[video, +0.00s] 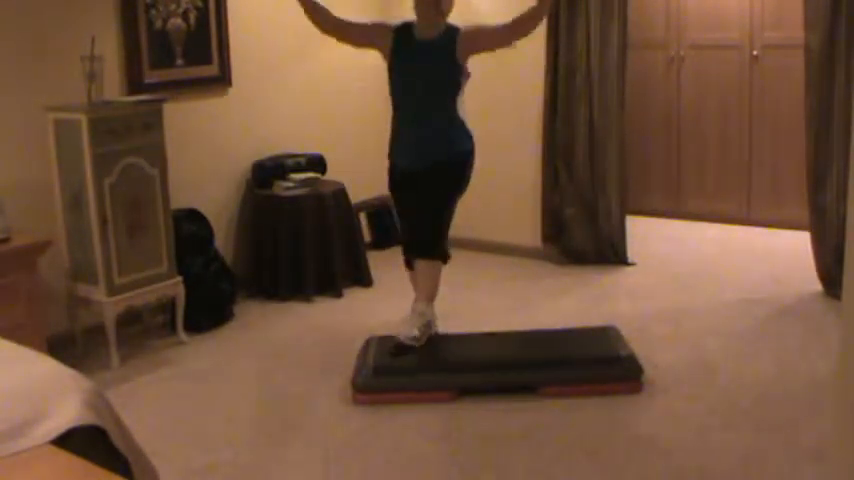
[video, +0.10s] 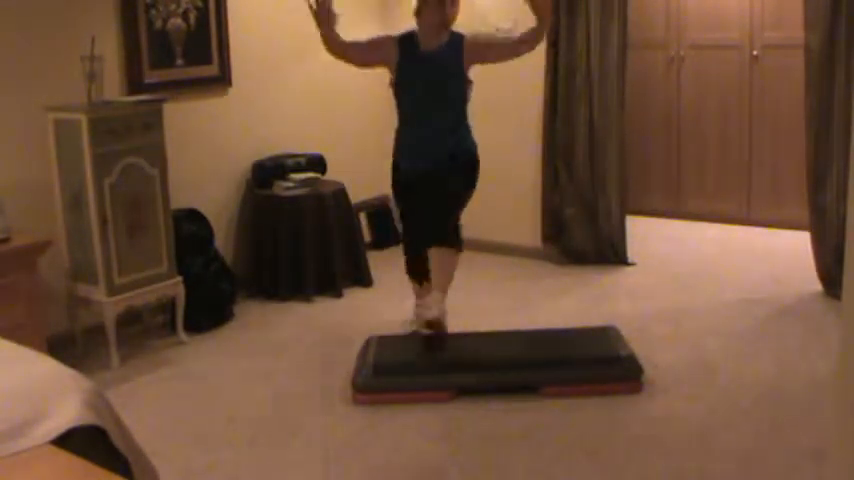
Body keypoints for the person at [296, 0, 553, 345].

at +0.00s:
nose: (434, 6)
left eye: (440, 1)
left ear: (449, 5)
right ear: (416, 3)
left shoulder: (461, 40)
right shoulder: (390, 37)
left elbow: (512, 31)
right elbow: (332, 25)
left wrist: (546, 5)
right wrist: (304, 0)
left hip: (450, 148)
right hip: (405, 150)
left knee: (430, 227)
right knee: (412, 233)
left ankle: (421, 315)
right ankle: (424, 312)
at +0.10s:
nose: (438, 12)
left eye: (441, 5)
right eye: (433, 6)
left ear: (450, 11)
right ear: (420, 11)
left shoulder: (464, 47)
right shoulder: (396, 47)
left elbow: (522, 45)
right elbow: (341, 50)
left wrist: (544, 22)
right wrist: (326, 26)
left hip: (455, 153)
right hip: (410, 155)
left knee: (443, 219)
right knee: (414, 232)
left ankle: (436, 304)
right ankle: (422, 305)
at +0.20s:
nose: (454, 5)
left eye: (457, 0)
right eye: (447, 0)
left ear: (462, 4)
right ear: (430, 3)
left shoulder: (474, 37)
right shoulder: (408, 37)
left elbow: (519, 52)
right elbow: (364, 54)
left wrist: (553, 54)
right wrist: (337, 65)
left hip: (465, 144)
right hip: (419, 146)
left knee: (469, 219)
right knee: (421, 228)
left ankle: (465, 296)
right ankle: (419, 305)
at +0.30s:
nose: (470, 5)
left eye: (474, 1)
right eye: (463, 0)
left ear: (478, 3)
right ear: (446, 1)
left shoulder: (490, 35)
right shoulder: (421, 33)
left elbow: (520, 64)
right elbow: (372, 63)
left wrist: (541, 98)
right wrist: (356, 104)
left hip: (475, 141)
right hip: (429, 143)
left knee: (490, 222)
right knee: (425, 226)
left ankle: (492, 295)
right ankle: (419, 305)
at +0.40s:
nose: (492, 8)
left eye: (494, 3)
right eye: (484, 2)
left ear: (496, 8)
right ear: (463, 5)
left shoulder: (501, 41)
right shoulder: (437, 41)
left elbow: (512, 81)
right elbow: (399, 75)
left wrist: (523, 119)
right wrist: (387, 125)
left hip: (489, 151)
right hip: (444, 152)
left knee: (506, 228)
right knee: (437, 232)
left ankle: (502, 303)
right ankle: (420, 306)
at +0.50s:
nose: (506, 8)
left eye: (509, 3)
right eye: (497, 2)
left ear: (514, 8)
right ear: (479, 8)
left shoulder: (518, 45)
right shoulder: (454, 47)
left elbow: (522, 87)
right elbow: (421, 83)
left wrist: (531, 122)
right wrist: (407, 131)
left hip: (507, 158)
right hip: (463, 159)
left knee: (513, 237)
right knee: (458, 241)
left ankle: (500, 307)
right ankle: (428, 305)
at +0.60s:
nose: (511, 8)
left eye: (516, 3)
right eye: (505, 3)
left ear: (522, 4)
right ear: (490, 2)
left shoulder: (530, 34)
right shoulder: (467, 36)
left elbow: (554, 71)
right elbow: (423, 76)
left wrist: (572, 103)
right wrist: (408, 122)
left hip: (516, 148)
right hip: (474, 147)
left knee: (516, 231)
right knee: (483, 227)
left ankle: (501, 307)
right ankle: (468, 290)